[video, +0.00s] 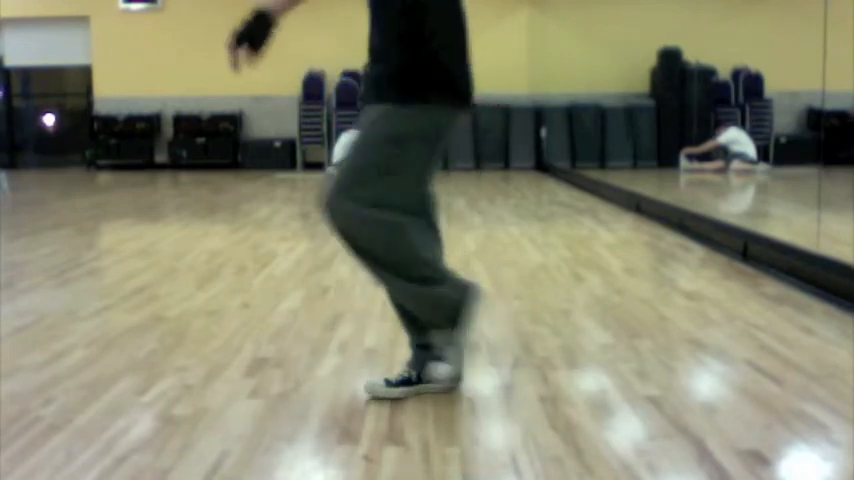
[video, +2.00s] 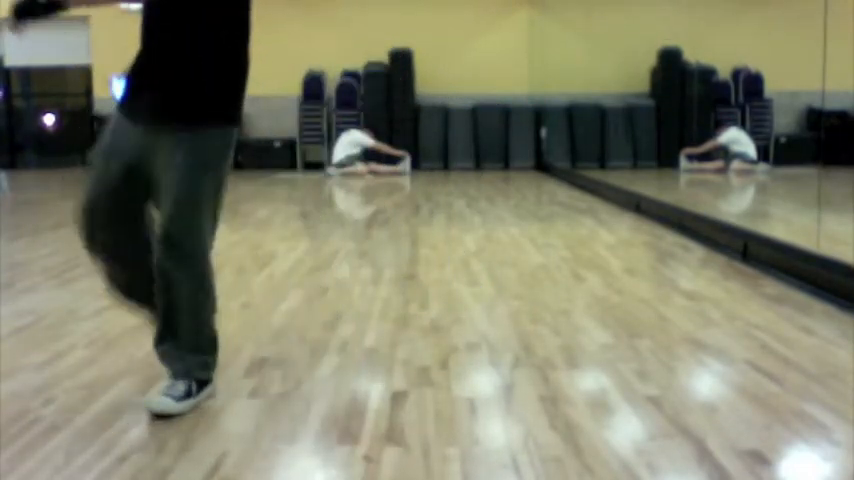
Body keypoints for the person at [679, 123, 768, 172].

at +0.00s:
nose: (719, 134)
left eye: (719, 132)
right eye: (718, 133)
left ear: (724, 128)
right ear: (727, 127)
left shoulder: (731, 132)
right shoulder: (732, 132)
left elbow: (710, 146)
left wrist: (688, 151)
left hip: (744, 159)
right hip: (734, 159)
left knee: (734, 167)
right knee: (716, 165)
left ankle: (755, 171)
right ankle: (696, 166)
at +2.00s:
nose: (719, 135)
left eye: (720, 133)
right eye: (719, 133)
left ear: (723, 129)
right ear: (727, 127)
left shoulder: (731, 132)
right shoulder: (733, 132)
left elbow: (710, 146)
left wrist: (688, 151)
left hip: (744, 159)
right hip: (735, 159)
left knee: (733, 169)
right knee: (715, 165)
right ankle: (692, 166)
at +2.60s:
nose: (719, 135)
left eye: (720, 133)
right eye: (719, 133)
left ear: (723, 129)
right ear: (727, 127)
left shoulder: (731, 132)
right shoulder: (734, 132)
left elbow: (710, 146)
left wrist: (688, 151)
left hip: (744, 160)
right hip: (735, 159)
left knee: (733, 169)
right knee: (715, 165)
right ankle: (692, 166)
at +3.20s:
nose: (719, 136)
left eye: (719, 134)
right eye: (719, 135)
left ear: (722, 130)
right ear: (726, 128)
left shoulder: (730, 132)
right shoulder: (733, 132)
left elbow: (707, 148)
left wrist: (687, 151)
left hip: (745, 159)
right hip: (734, 159)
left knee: (733, 168)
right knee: (714, 165)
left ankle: (754, 170)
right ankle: (691, 166)